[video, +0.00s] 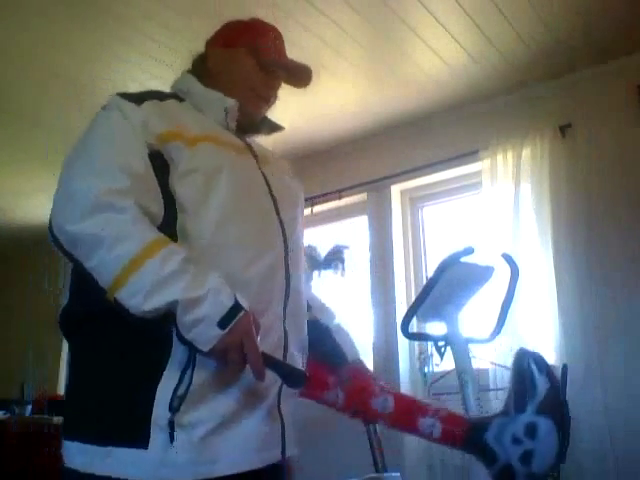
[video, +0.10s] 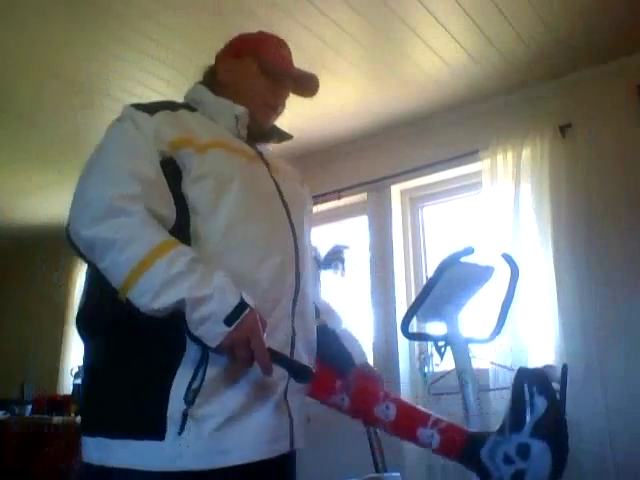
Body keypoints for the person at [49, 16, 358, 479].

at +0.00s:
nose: (274, 88)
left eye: (280, 78)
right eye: (266, 68)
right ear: (222, 56)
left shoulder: (275, 169)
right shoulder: (136, 119)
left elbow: (283, 284)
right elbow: (89, 216)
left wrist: (338, 355)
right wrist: (208, 309)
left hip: (258, 443)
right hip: (149, 447)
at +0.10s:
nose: (281, 96)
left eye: (287, 88)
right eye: (272, 77)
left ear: (288, 96)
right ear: (229, 64)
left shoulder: (286, 178)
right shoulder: (149, 128)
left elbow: (298, 292)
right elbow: (104, 220)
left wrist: (348, 367)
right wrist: (216, 304)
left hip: (267, 441)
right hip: (165, 444)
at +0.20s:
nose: (290, 99)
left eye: (295, 91)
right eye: (280, 82)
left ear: (296, 99)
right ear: (239, 72)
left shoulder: (292, 178)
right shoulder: (166, 130)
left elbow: (304, 289)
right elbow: (123, 218)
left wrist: (342, 363)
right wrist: (230, 298)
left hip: (277, 436)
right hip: (181, 436)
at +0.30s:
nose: (304, 114)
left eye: (308, 105)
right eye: (298, 98)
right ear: (262, 87)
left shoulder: (298, 185)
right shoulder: (185, 136)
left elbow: (309, 297)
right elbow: (143, 222)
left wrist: (342, 374)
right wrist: (245, 301)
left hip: (283, 436)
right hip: (190, 437)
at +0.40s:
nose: (321, 139)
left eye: (326, 130)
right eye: (317, 122)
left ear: (301, 120)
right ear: (283, 106)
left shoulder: (305, 199)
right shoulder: (203, 145)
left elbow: (303, 311)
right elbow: (162, 229)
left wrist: (341, 385)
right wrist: (257, 312)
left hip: (286, 438)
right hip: (194, 438)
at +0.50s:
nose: (329, 143)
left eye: (334, 134)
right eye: (325, 127)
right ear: (295, 115)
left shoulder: (314, 208)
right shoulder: (213, 149)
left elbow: (311, 319)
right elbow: (169, 227)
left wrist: (335, 396)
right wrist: (252, 308)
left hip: (282, 445)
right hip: (190, 440)